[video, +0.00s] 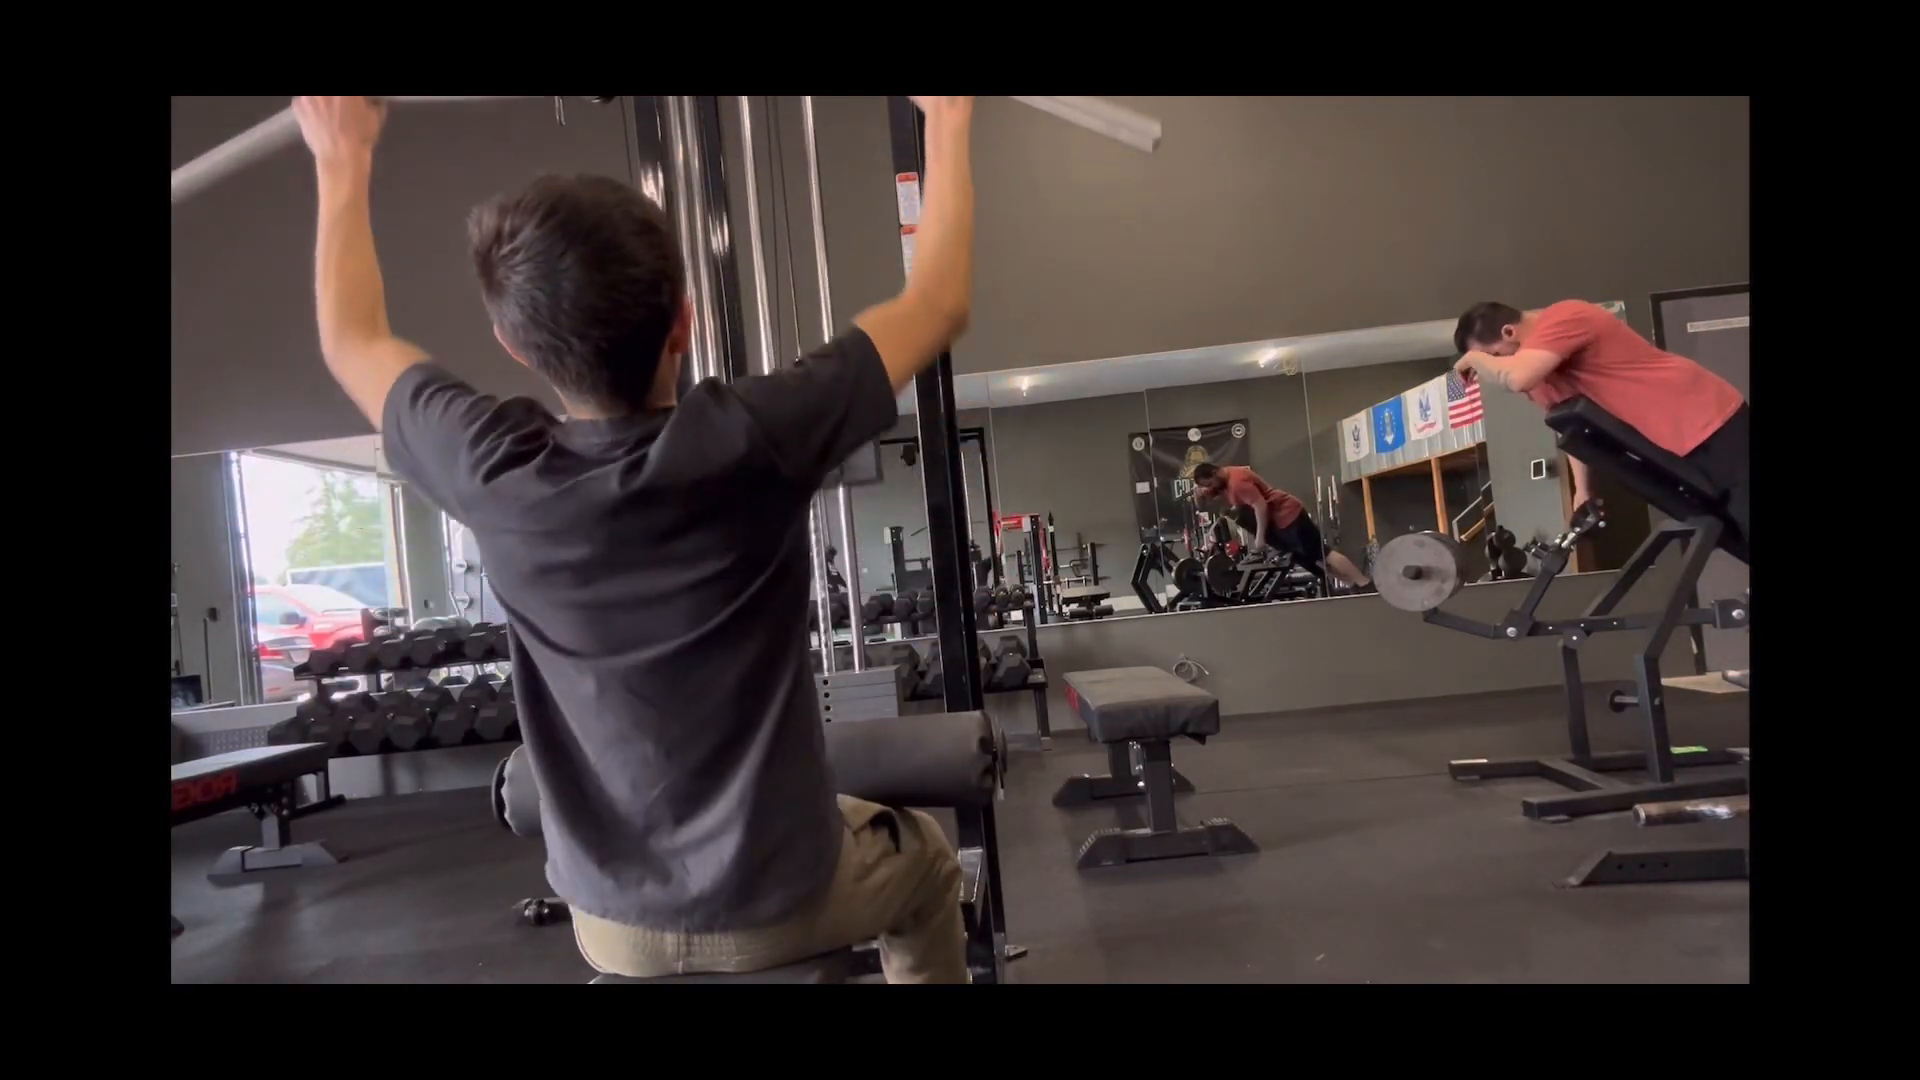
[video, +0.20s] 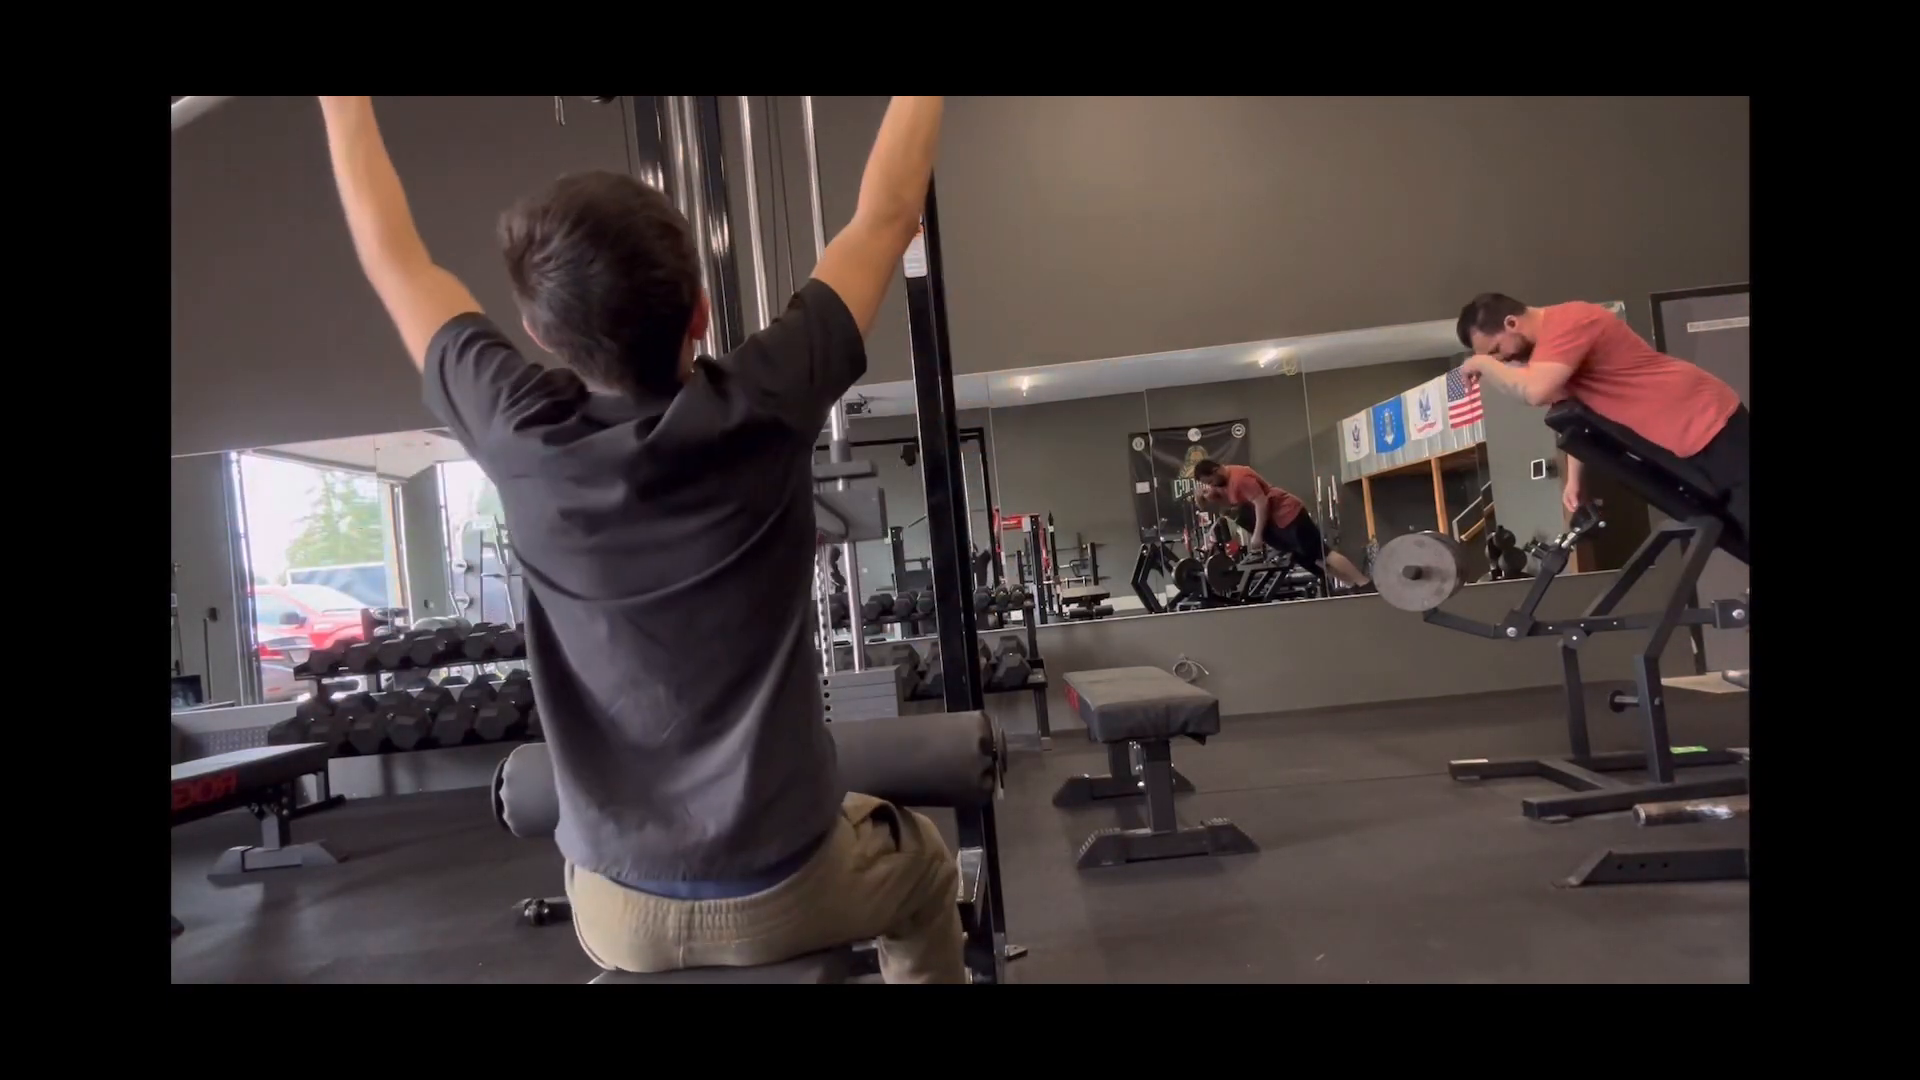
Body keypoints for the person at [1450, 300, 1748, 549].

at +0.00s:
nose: (1496, 366)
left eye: (1494, 357)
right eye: (1490, 361)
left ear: (1508, 333)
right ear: (1507, 333)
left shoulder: (1566, 317)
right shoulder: (1535, 372)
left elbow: (1517, 376)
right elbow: (1572, 429)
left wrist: (1475, 359)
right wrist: (1583, 492)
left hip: (1711, 419)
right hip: (1671, 448)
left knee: (1743, 523)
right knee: (1727, 533)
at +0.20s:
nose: (1500, 360)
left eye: (1497, 350)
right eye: (1493, 355)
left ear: (1511, 322)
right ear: (1510, 323)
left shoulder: (1568, 321)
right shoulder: (1543, 349)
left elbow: (1537, 391)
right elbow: (1572, 420)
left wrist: (1485, 364)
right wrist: (1573, 481)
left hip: (1707, 419)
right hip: (1678, 441)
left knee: (1745, 520)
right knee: (1731, 528)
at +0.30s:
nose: (1500, 357)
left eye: (1496, 346)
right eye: (1491, 353)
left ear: (1512, 318)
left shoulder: (1573, 323)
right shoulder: (1534, 361)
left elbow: (1570, 398)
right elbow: (1567, 421)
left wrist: (1494, 391)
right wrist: (1569, 479)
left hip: (1706, 418)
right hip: (1669, 445)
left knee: (1745, 518)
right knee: (1727, 531)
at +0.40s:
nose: (1501, 354)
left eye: (1498, 343)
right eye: (1492, 350)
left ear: (1514, 316)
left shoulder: (1579, 324)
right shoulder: (1531, 365)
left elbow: (1598, 400)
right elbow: (1568, 423)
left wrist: (1521, 425)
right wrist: (1568, 483)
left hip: (1705, 420)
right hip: (1666, 448)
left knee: (1746, 513)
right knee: (1729, 532)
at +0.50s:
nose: (1502, 350)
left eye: (1499, 338)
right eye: (1493, 345)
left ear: (1518, 311)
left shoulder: (1587, 324)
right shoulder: (1530, 362)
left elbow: (1612, 402)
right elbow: (1555, 427)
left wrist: (1552, 453)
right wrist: (1562, 489)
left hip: (1706, 422)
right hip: (1660, 448)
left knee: (1745, 516)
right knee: (1729, 535)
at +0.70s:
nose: (1505, 340)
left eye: (1503, 329)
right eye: (1498, 336)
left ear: (1523, 302)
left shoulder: (1590, 319)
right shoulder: (1531, 360)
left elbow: (1595, 407)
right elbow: (1531, 424)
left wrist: (1543, 471)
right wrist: (1515, 494)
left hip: (1707, 422)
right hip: (1665, 449)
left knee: (1745, 515)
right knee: (1729, 534)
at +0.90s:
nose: (1505, 330)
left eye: (1504, 318)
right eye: (1498, 325)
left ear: (1528, 294)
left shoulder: (1579, 319)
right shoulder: (1524, 357)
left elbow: (1552, 417)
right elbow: (1511, 420)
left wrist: (1508, 481)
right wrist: (1486, 488)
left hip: (1709, 423)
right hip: (1669, 450)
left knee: (1745, 523)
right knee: (1731, 534)